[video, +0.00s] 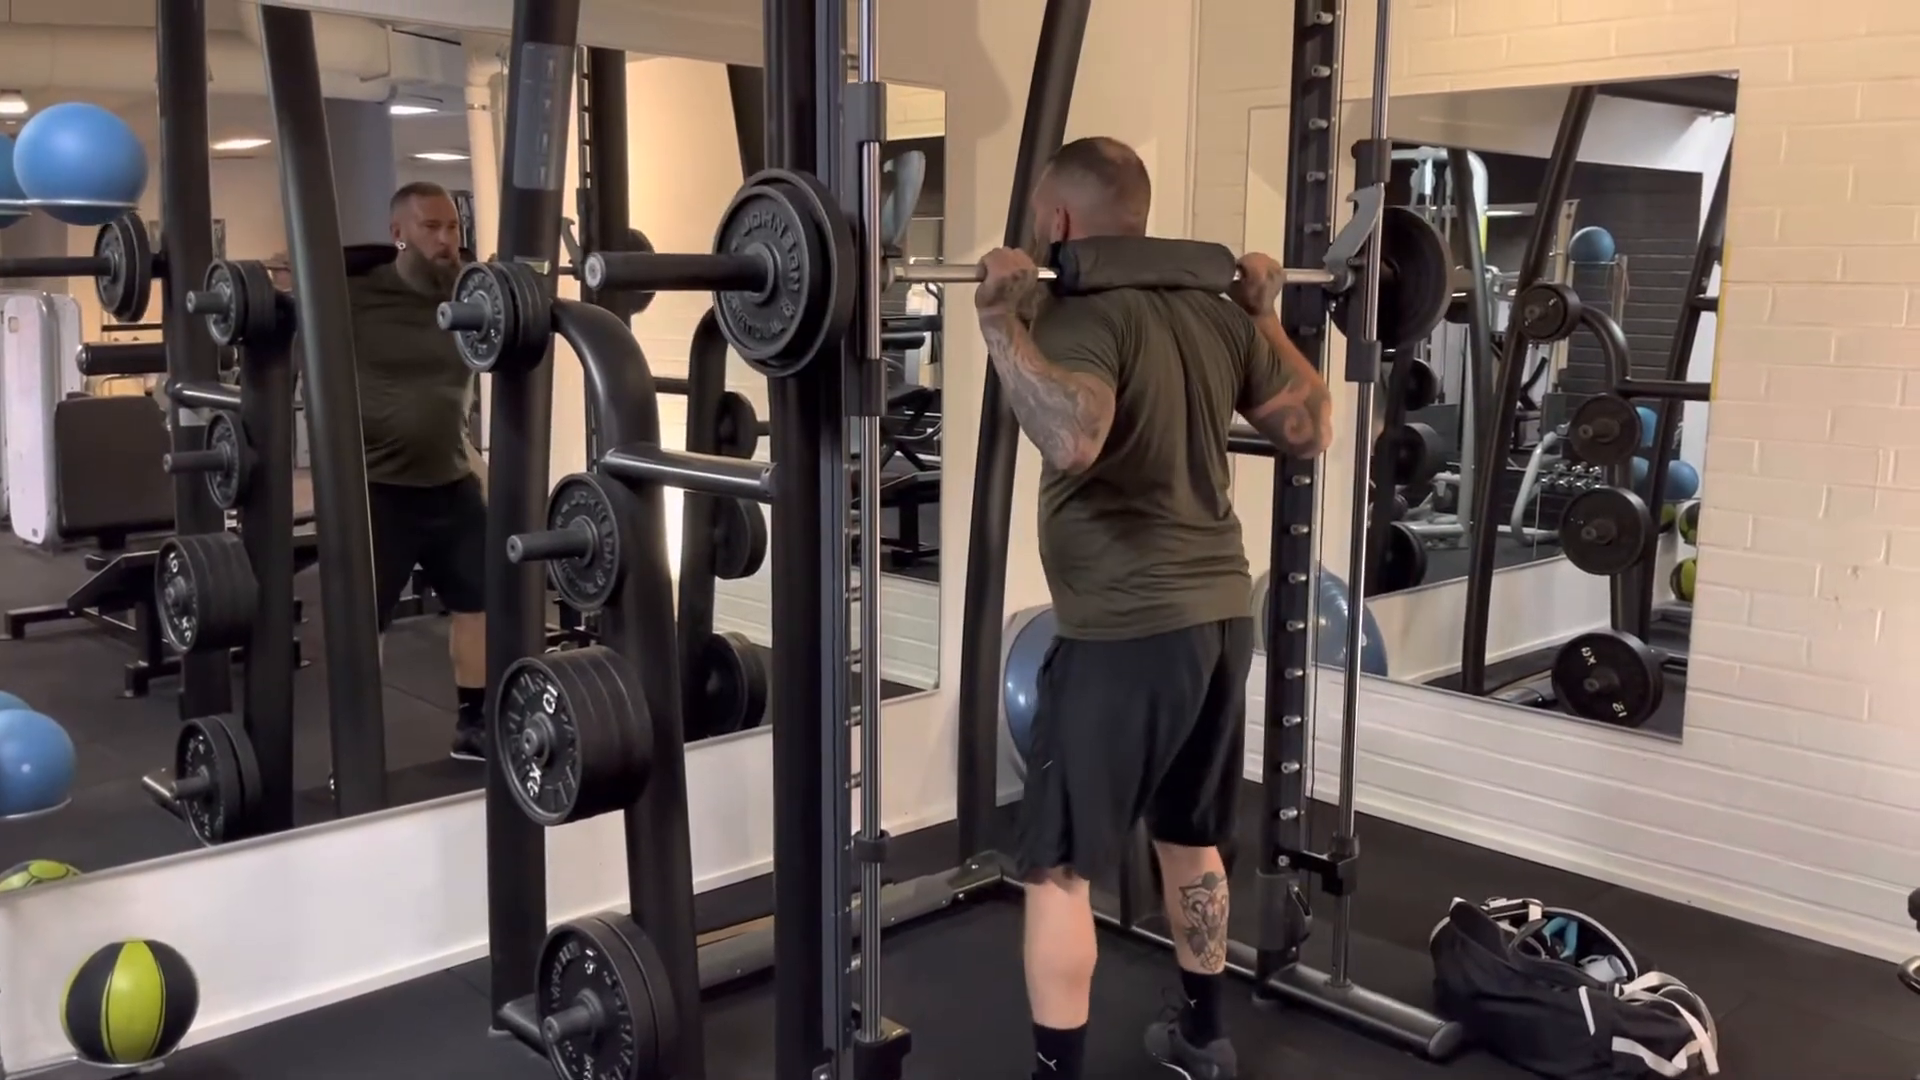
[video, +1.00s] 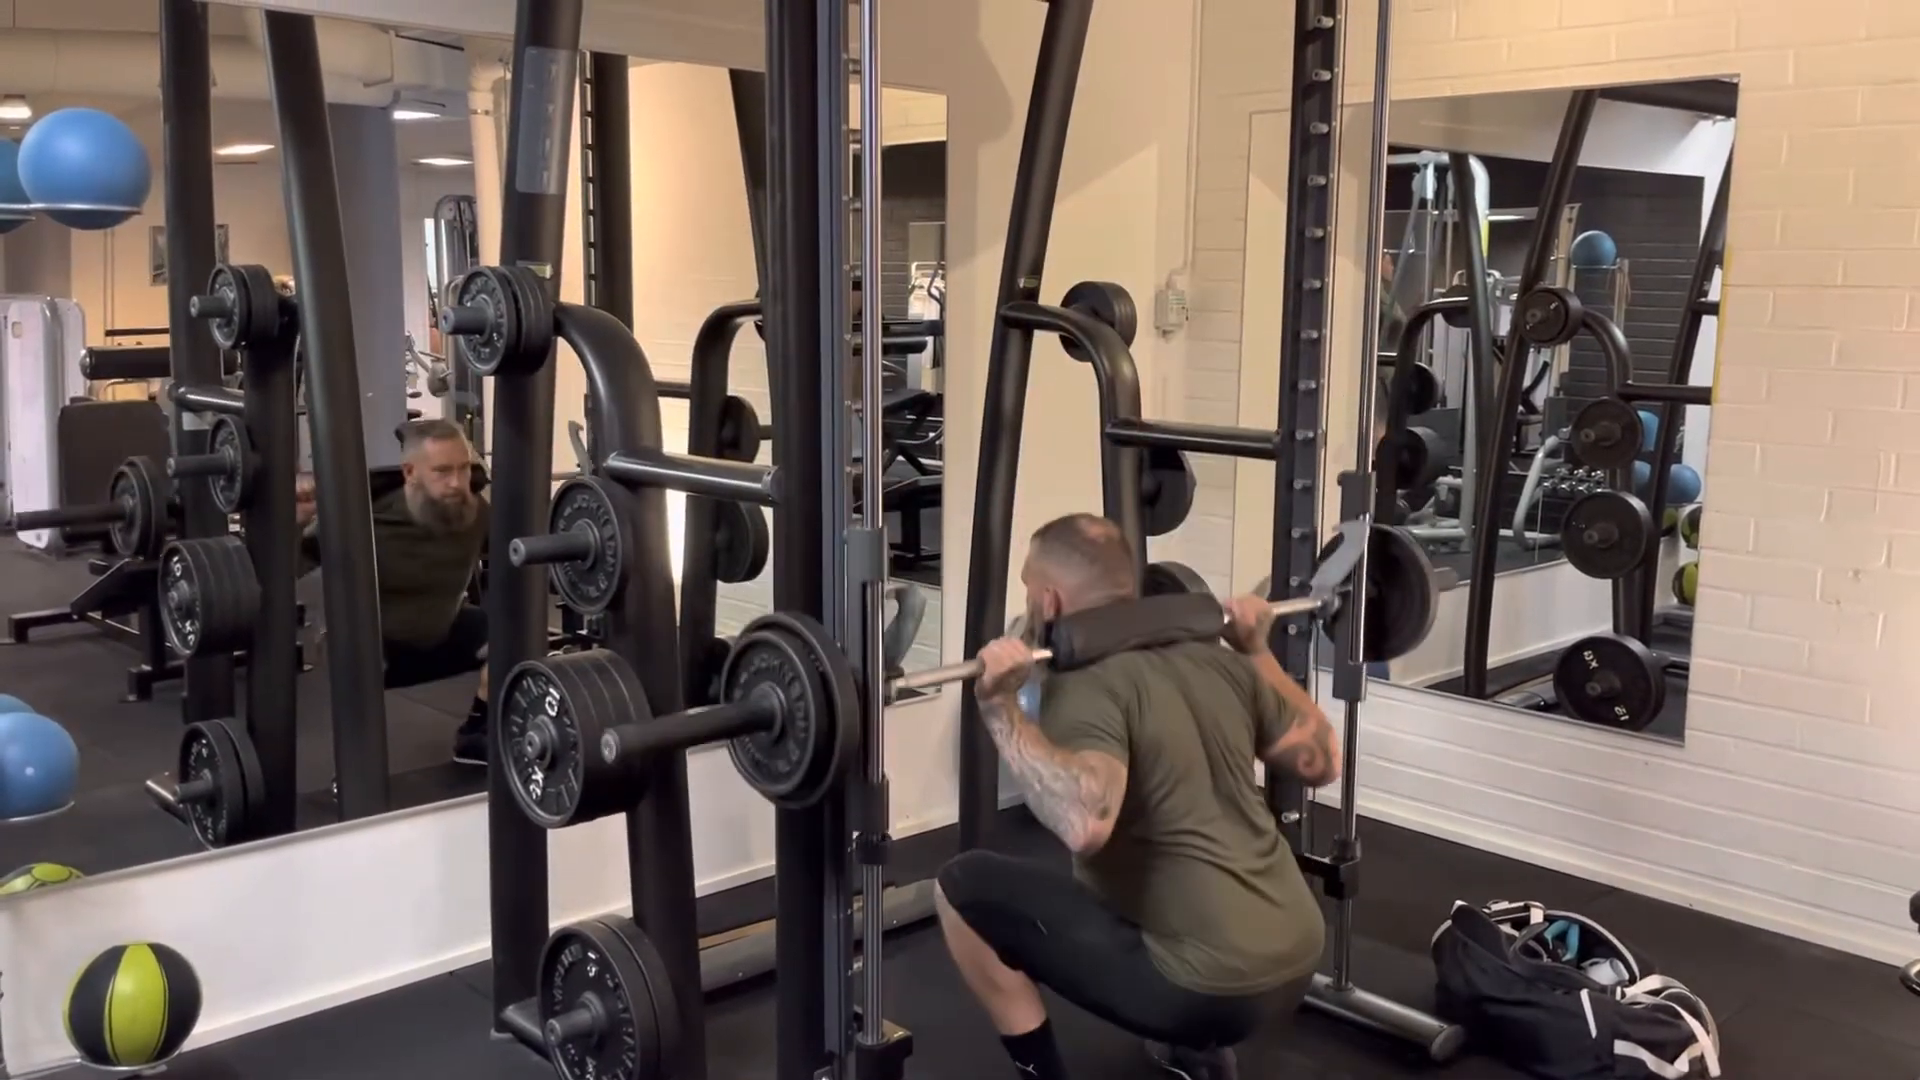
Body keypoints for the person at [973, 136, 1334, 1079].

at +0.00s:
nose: (1036, 232)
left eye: (1040, 217)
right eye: (1041, 217)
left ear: (1062, 218)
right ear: (1139, 213)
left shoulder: (1086, 308)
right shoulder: (1212, 306)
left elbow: (1074, 434)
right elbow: (1306, 426)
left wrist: (1000, 317)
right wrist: (1266, 316)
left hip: (1123, 632)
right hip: (1222, 618)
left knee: (1059, 863)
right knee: (1189, 834)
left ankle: (1056, 1068)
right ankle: (1206, 1037)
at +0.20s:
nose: (1030, 268)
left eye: (1032, 253)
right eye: (1031, 254)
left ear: (1058, 250)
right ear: (1133, 244)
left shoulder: (1088, 334)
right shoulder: (1214, 332)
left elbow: (1073, 460)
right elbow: (1315, 444)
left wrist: (1001, 347)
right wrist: (1265, 340)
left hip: (1145, 653)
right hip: (1245, 641)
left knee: (1033, 862)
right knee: (1183, 826)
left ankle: (1054, 1070)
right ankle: (1203, 1034)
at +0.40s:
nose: (1031, 368)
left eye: (1033, 352)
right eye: (1030, 353)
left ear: (1055, 351)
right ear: (1129, 341)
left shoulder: (1091, 426)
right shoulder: (1218, 421)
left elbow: (1084, 555)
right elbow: (1325, 528)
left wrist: (1001, 450)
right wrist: (1265, 427)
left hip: (1173, 743)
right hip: (1271, 730)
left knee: (995, 880)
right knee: (1172, 857)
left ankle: (1045, 1068)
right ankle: (1199, 1038)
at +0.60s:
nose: (1029, 473)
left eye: (1031, 460)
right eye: (1027, 460)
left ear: (1051, 468)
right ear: (1128, 452)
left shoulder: (1092, 540)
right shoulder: (1221, 529)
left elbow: (1089, 668)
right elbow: (1329, 631)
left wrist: (1003, 563)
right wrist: (1264, 526)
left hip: (1197, 845)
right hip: (1294, 829)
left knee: (973, 884)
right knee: (1135, 830)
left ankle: (1043, 1069)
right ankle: (1200, 1036)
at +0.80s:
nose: (1030, 563)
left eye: (1030, 546)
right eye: (1029, 545)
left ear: (1053, 549)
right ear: (1126, 536)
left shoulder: (1094, 624)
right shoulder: (1217, 608)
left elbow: (1087, 761)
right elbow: (1324, 708)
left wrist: (999, 647)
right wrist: (1262, 601)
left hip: (1195, 926)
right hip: (1296, 912)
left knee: (965, 883)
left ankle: (1041, 1068)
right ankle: (1199, 1039)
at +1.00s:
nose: (1029, 611)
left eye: (1029, 596)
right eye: (1028, 596)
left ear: (1053, 601)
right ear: (1127, 586)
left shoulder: (1092, 679)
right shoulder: (1219, 657)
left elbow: (1085, 821)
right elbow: (1319, 761)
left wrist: (998, 705)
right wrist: (1258, 652)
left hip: (1202, 990)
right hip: (1295, 966)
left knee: (961, 886)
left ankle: (1041, 1069)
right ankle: (1200, 1053)